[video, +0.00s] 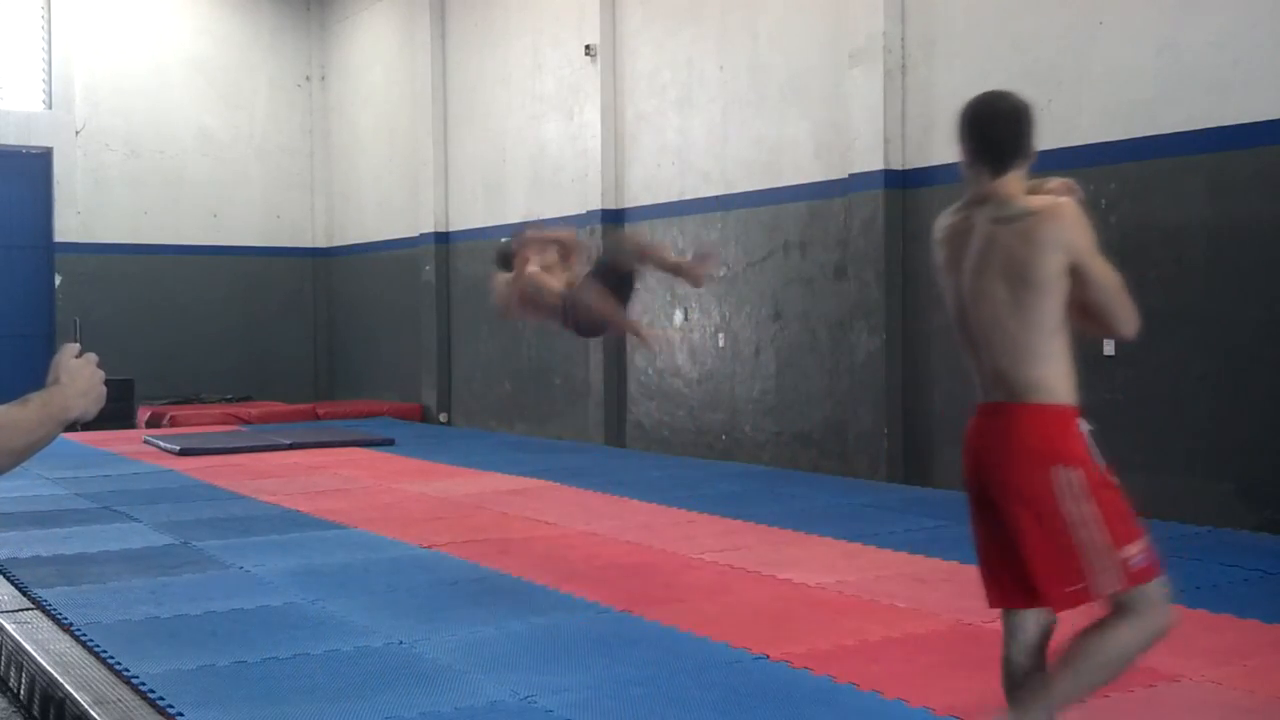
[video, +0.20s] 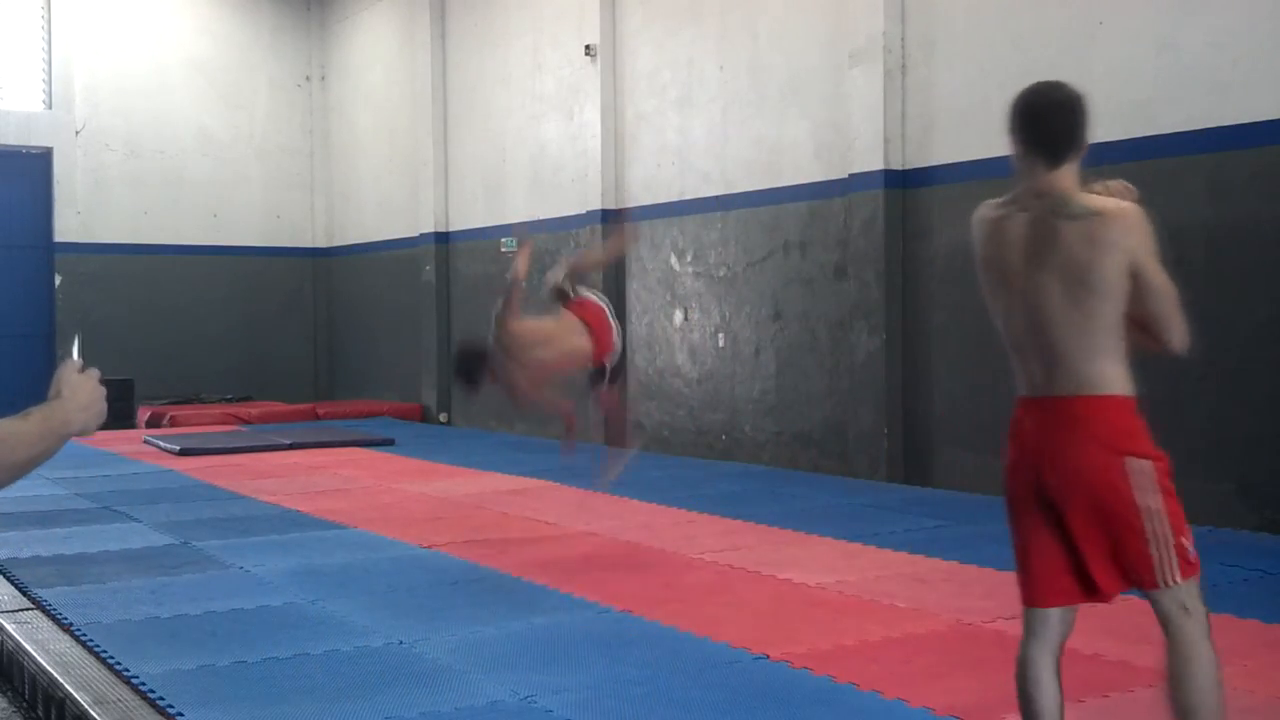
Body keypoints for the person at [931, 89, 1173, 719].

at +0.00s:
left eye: (973, 145)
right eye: (1024, 143)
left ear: (964, 151)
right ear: (1030, 147)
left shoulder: (948, 228)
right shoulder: (1057, 215)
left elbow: (1002, 296)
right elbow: (1121, 321)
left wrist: (1045, 210)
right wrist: (1049, 279)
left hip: (988, 441)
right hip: (1049, 443)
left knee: (1026, 618)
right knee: (1149, 609)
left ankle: (1022, 718)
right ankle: (1031, 706)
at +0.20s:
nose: (1018, 148)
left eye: (1017, 136)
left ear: (1014, 142)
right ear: (1083, 141)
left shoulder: (987, 223)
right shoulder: (1121, 220)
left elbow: (1040, 291)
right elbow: (1172, 335)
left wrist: (1091, 204)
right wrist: (1095, 306)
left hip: (1030, 444)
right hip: (1109, 443)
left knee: (1041, 630)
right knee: (1185, 618)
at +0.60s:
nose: (1132, 162)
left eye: (1132, 151)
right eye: (1132, 151)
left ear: (1144, 153)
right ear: (1206, 150)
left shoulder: (1100, 241)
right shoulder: (1265, 237)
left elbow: (1085, 368)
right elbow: (1275, 373)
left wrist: (1139, 335)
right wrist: (1232, 338)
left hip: (1137, 451)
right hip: (1228, 452)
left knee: (1104, 634)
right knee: (1236, 646)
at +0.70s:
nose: (1152, 162)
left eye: (1153, 150)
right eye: (1153, 150)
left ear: (1170, 152)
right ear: (1227, 150)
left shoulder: (1124, 235)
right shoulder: (1270, 231)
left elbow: (1098, 357)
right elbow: (1269, 350)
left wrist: (1165, 356)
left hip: (1156, 448)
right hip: (1248, 448)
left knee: (1114, 623)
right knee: (1245, 637)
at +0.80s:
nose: (1170, 160)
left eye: (1171, 148)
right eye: (1169, 148)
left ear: (1190, 150)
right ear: (1244, 149)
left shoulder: (1140, 232)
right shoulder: (1275, 229)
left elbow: (1075, 342)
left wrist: (1144, 361)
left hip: (1172, 451)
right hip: (1261, 451)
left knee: (1134, 624)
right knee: (1253, 645)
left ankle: (1194, 715)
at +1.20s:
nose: (1172, 180)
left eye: (1180, 166)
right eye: (1171, 166)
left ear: (1224, 167)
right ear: (1237, 168)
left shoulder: (1202, 246)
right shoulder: (1273, 231)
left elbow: (1184, 349)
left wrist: (1185, 431)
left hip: (1218, 432)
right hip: (1270, 427)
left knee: (1194, 610)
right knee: (1247, 613)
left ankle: (1194, 712)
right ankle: (1239, 715)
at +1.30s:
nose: (1171, 188)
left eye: (1177, 174)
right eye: (1169, 176)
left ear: (1215, 173)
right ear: (1236, 173)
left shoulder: (1196, 249)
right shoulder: (1275, 238)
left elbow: (1179, 351)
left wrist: (1184, 430)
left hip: (1215, 438)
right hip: (1273, 432)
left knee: (1192, 615)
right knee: (1255, 616)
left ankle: (1193, 713)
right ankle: (1243, 716)